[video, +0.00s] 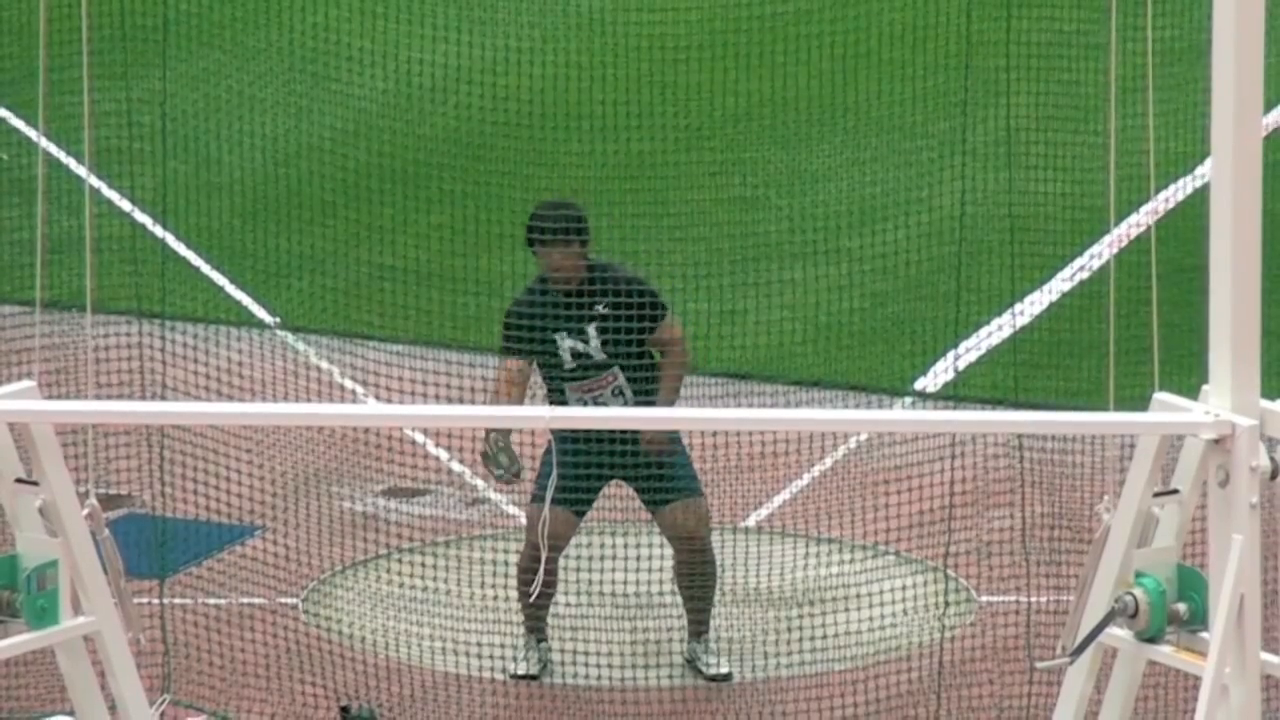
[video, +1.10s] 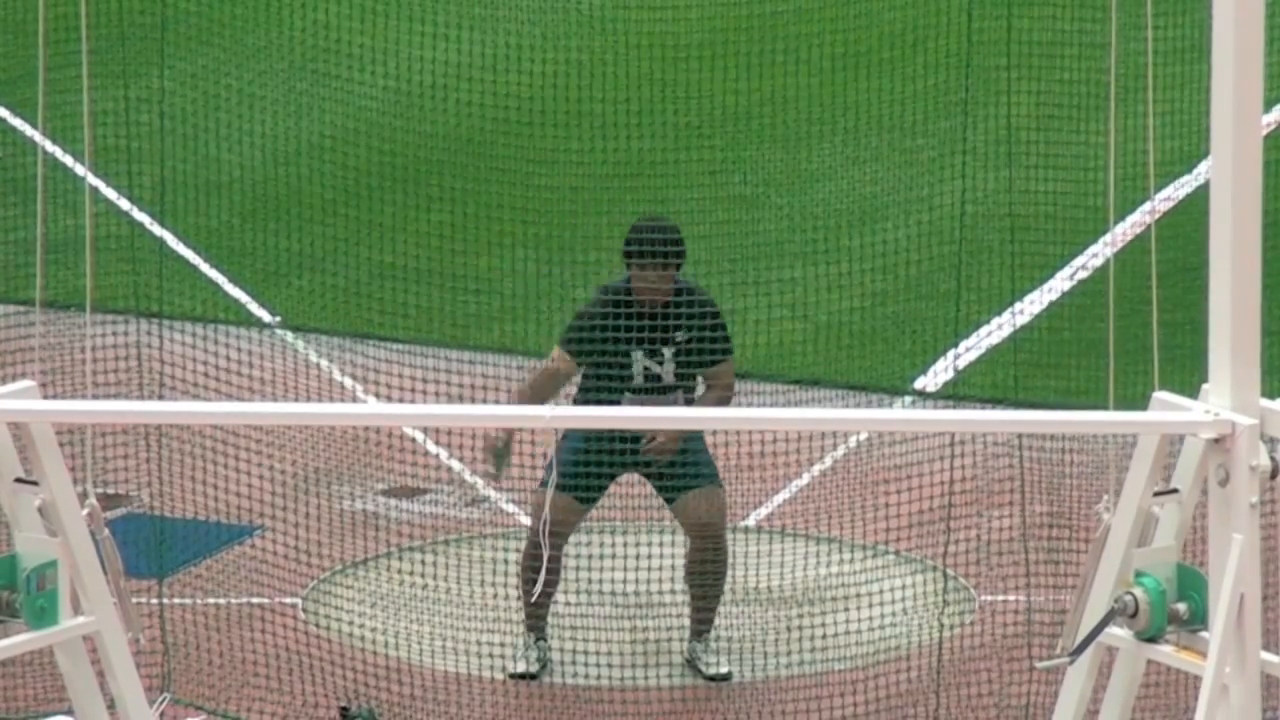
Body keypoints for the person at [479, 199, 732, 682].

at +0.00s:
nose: (559, 256)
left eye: (568, 246)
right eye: (549, 247)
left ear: (585, 247)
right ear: (535, 252)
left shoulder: (624, 290)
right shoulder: (528, 310)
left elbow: (676, 346)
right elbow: (513, 378)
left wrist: (662, 417)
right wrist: (498, 432)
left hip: (645, 434)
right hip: (577, 441)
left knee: (692, 531)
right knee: (543, 537)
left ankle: (699, 642)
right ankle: (535, 642)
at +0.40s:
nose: (562, 251)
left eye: (572, 241)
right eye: (553, 241)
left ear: (591, 243)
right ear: (542, 244)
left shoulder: (622, 290)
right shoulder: (538, 291)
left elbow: (662, 362)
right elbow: (521, 357)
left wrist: (618, 421)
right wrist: (500, 377)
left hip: (641, 428)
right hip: (573, 430)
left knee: (688, 541)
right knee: (532, 532)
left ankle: (699, 643)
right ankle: (535, 643)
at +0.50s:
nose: (577, 253)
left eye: (585, 243)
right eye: (567, 243)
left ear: (603, 244)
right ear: (553, 244)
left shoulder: (626, 292)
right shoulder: (545, 278)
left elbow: (663, 369)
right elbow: (515, 307)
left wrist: (614, 425)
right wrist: (500, 310)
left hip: (641, 428)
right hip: (572, 428)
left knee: (688, 540)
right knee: (530, 530)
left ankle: (700, 643)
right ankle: (533, 640)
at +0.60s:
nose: (581, 257)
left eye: (591, 247)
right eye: (574, 246)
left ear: (612, 250)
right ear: (562, 246)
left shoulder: (635, 297)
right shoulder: (553, 271)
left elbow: (667, 376)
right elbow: (519, 254)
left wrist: (614, 425)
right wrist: (494, 243)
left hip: (642, 429)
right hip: (574, 428)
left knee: (691, 534)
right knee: (531, 526)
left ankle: (700, 643)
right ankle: (534, 641)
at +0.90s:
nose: (622, 271)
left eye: (632, 261)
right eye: (613, 260)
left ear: (648, 263)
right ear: (599, 259)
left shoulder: (671, 309)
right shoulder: (581, 290)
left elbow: (696, 388)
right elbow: (502, 275)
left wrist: (640, 427)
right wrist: (436, 260)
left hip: (662, 431)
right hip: (588, 427)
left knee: (703, 530)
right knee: (540, 524)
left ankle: (701, 642)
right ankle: (533, 639)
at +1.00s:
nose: (640, 277)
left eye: (649, 266)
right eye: (630, 266)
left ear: (664, 265)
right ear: (614, 263)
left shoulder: (687, 313)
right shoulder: (594, 299)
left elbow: (710, 391)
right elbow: (520, 322)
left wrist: (658, 428)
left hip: (671, 431)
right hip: (595, 427)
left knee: (707, 526)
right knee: (544, 525)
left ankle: (701, 642)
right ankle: (534, 640)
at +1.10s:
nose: (656, 279)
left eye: (665, 269)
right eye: (646, 269)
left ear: (678, 268)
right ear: (630, 268)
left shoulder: (699, 311)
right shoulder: (604, 309)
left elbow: (722, 387)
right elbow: (554, 373)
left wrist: (681, 427)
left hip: (671, 431)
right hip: (599, 429)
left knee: (710, 525)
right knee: (549, 524)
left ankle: (700, 642)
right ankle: (534, 639)